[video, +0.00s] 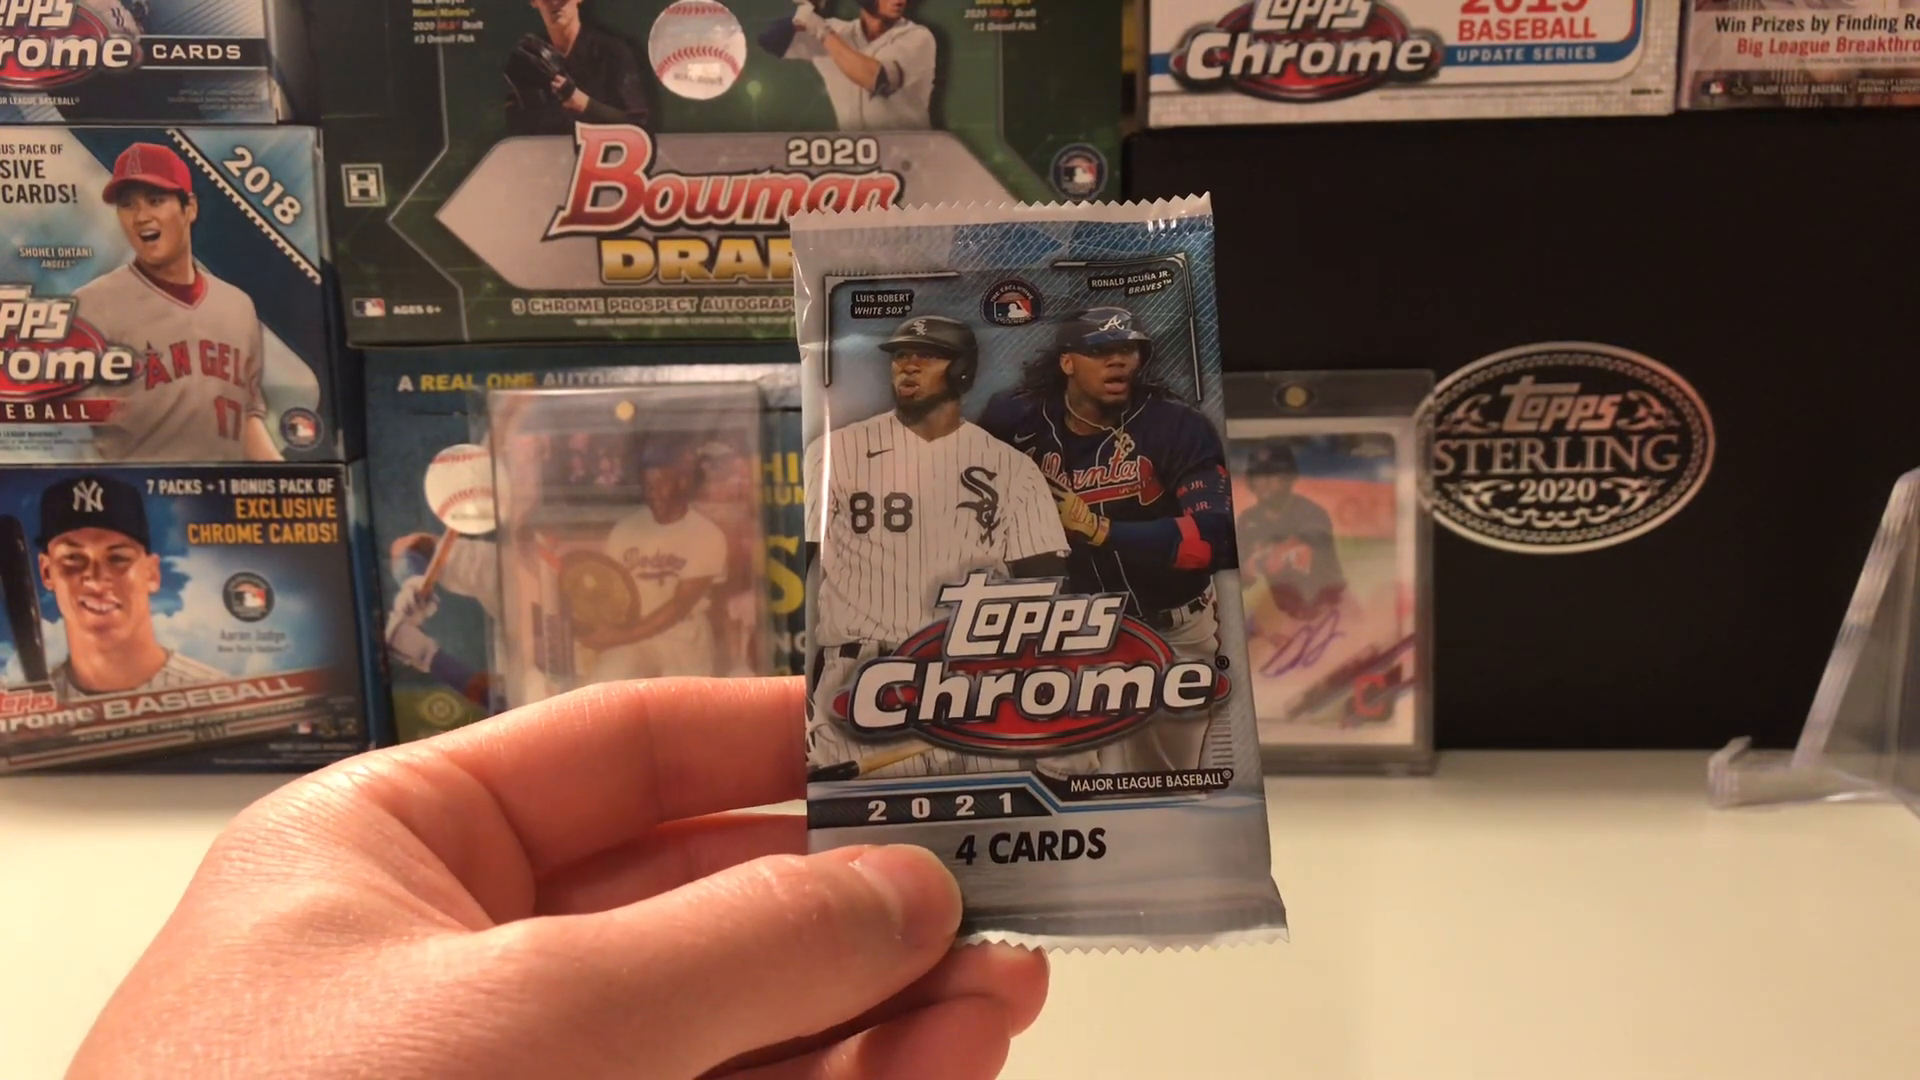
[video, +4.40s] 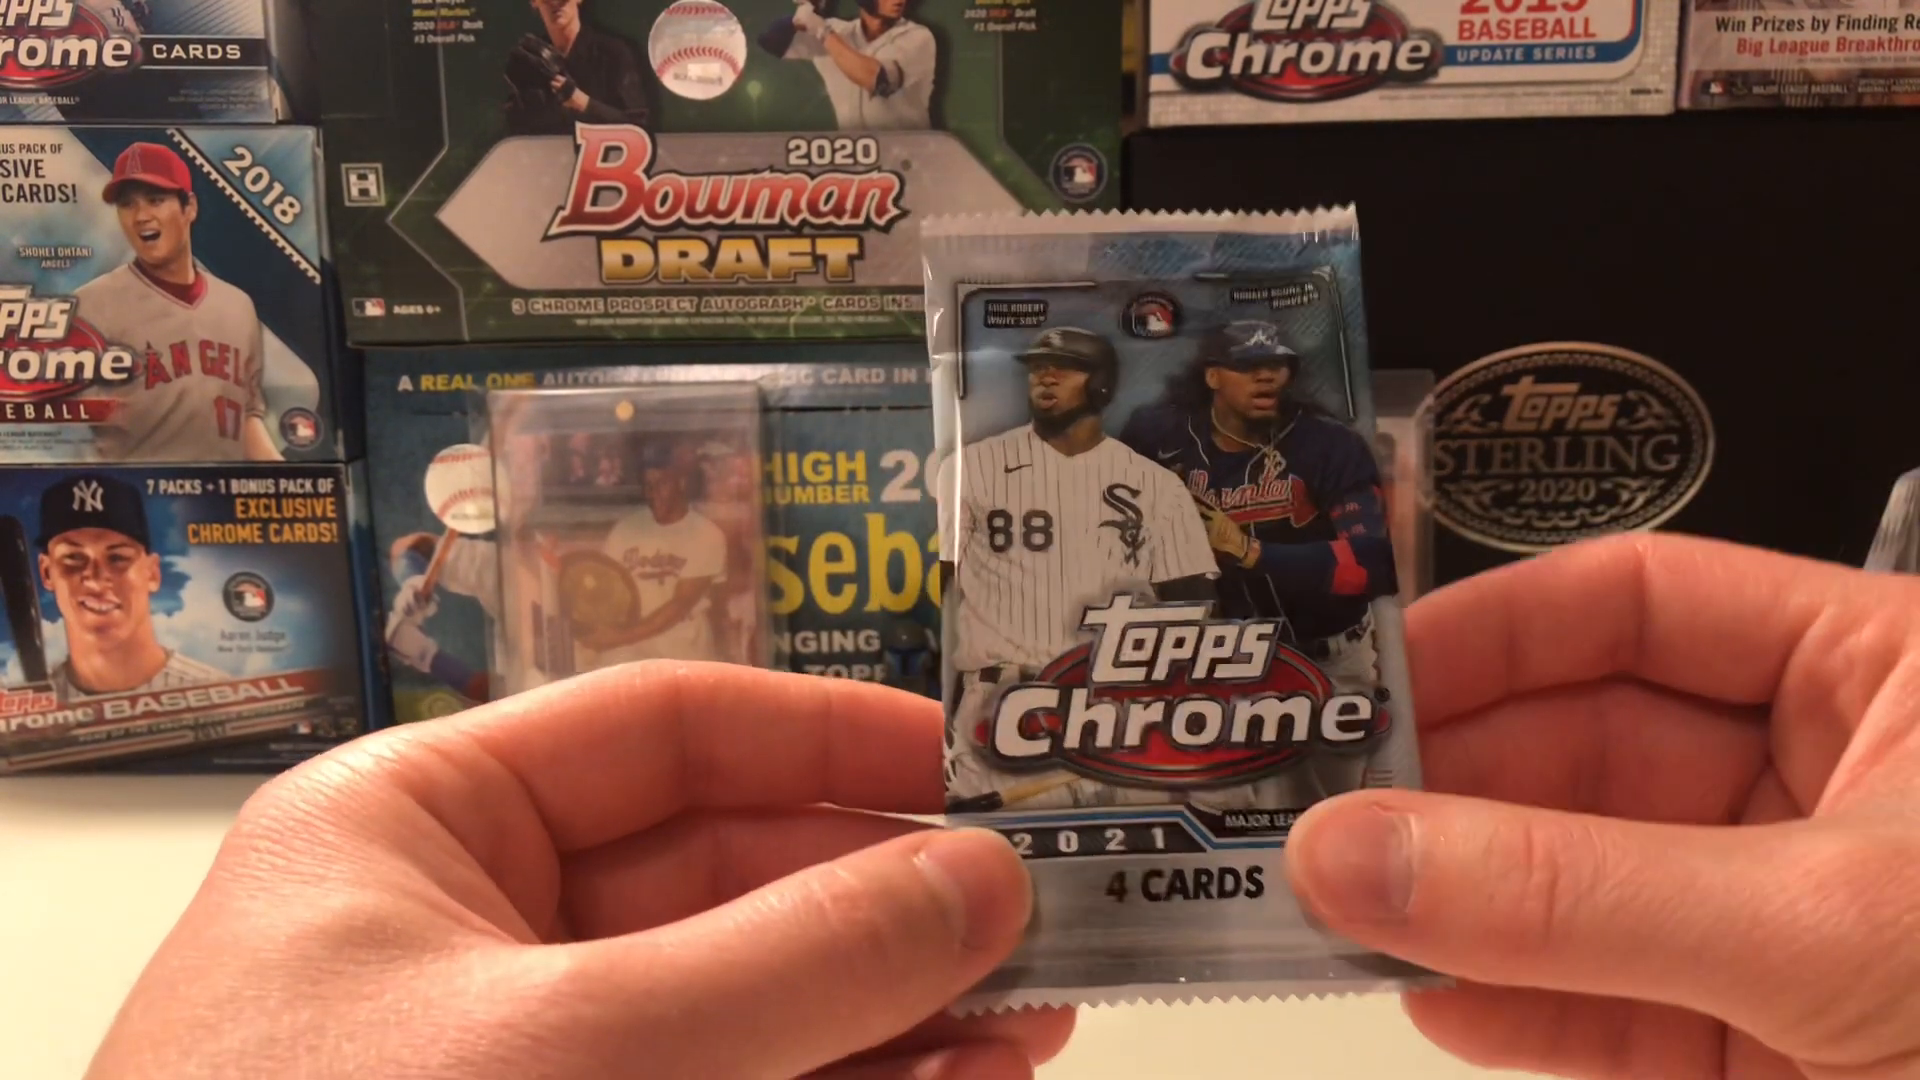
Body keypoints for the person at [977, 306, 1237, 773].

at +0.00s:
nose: (1121, 362)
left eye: (1129, 350)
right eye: (1104, 351)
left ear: (1142, 358)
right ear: (1068, 363)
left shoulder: (1179, 428)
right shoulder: (1016, 421)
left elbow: (1210, 537)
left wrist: (1101, 529)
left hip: (1174, 629)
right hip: (1065, 633)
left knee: (1169, 795)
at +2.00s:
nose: (1148, 365)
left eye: (1157, 353)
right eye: (1130, 354)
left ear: (1170, 361)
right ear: (1094, 366)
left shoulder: (1208, 432)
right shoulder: (1042, 426)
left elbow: (1242, 548)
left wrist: (1126, 538)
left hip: (1197, 639)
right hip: (1086, 642)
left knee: (1192, 809)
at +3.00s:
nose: (1213, 361)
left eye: (1221, 347)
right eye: (1194, 349)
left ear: (1234, 355)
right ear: (1155, 362)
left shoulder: (1274, 433)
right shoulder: (1097, 424)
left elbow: (1312, 557)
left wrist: (1191, 543)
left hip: (1264, 646)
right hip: (1143, 649)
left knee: (1265, 815)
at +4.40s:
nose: (1268, 377)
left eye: (1277, 365)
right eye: (1250, 367)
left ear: (1291, 371)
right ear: (1213, 377)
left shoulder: (1331, 446)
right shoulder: (1160, 439)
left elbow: (1371, 564)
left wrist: (1252, 552)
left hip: (1325, 650)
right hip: (1204, 652)